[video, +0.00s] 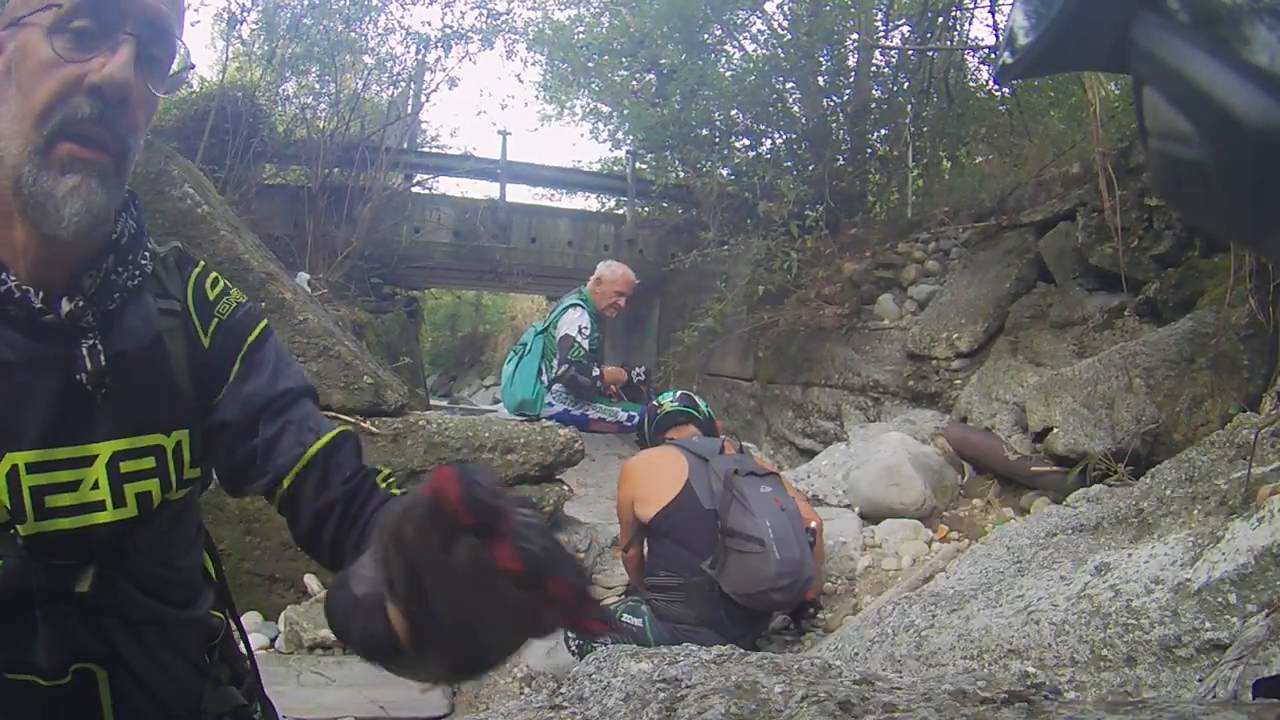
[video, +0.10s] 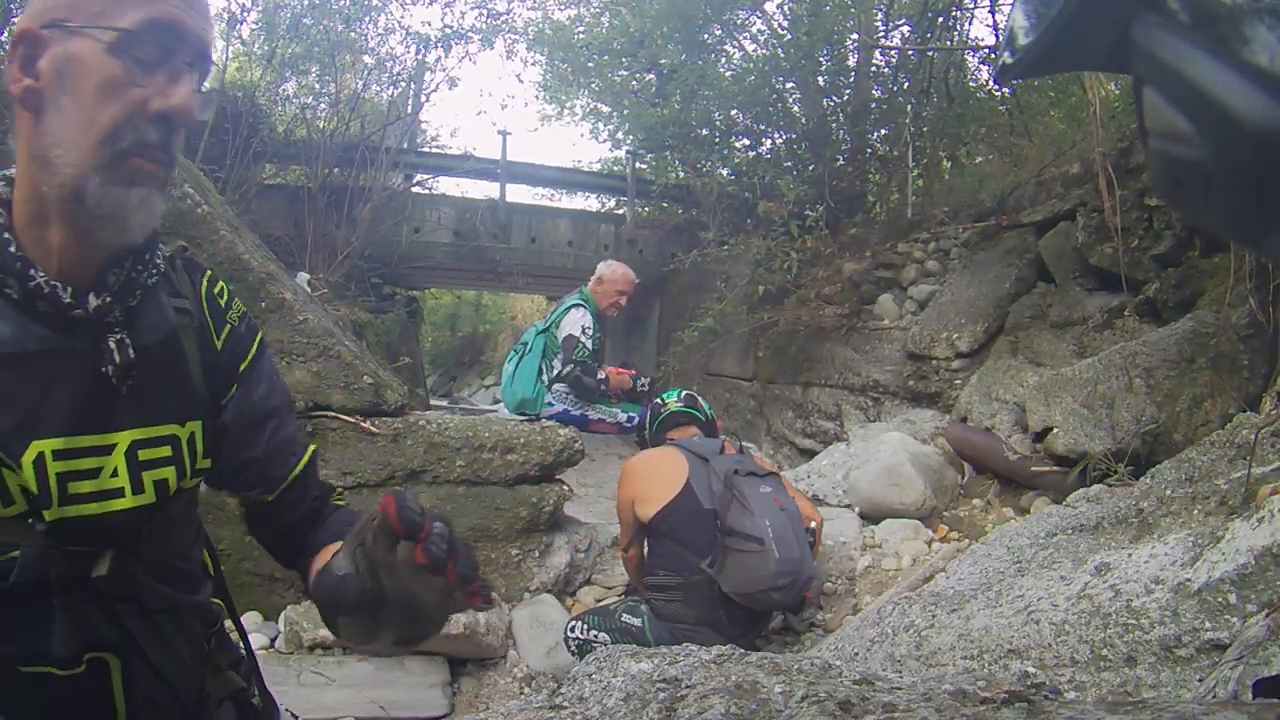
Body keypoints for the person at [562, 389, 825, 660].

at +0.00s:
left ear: (653, 436)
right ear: (714, 426)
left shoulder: (639, 466)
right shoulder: (750, 459)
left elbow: (630, 552)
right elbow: (811, 523)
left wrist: (643, 591)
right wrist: (810, 596)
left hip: (685, 626)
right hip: (753, 622)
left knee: (589, 618)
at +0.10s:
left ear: (652, 435)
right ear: (715, 427)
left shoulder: (640, 466)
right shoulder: (750, 460)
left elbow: (631, 552)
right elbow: (812, 520)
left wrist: (644, 593)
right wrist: (796, 582)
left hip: (685, 625)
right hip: (753, 619)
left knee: (577, 630)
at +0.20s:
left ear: (653, 432)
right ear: (713, 427)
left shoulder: (640, 467)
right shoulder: (750, 462)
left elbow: (631, 552)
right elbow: (806, 523)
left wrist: (645, 593)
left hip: (685, 624)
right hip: (750, 618)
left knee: (578, 628)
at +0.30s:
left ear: (652, 432)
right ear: (713, 428)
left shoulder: (640, 467)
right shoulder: (743, 460)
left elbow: (631, 553)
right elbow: (792, 528)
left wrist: (645, 592)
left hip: (687, 624)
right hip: (751, 618)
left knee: (579, 629)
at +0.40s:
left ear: (651, 433)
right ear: (712, 428)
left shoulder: (640, 467)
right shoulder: (739, 457)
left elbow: (632, 553)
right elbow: (770, 530)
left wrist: (644, 592)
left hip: (688, 624)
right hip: (752, 617)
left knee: (579, 629)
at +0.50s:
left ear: (652, 432)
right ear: (713, 429)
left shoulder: (640, 467)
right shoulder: (735, 457)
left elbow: (632, 554)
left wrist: (644, 597)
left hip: (682, 622)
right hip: (751, 620)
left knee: (578, 631)